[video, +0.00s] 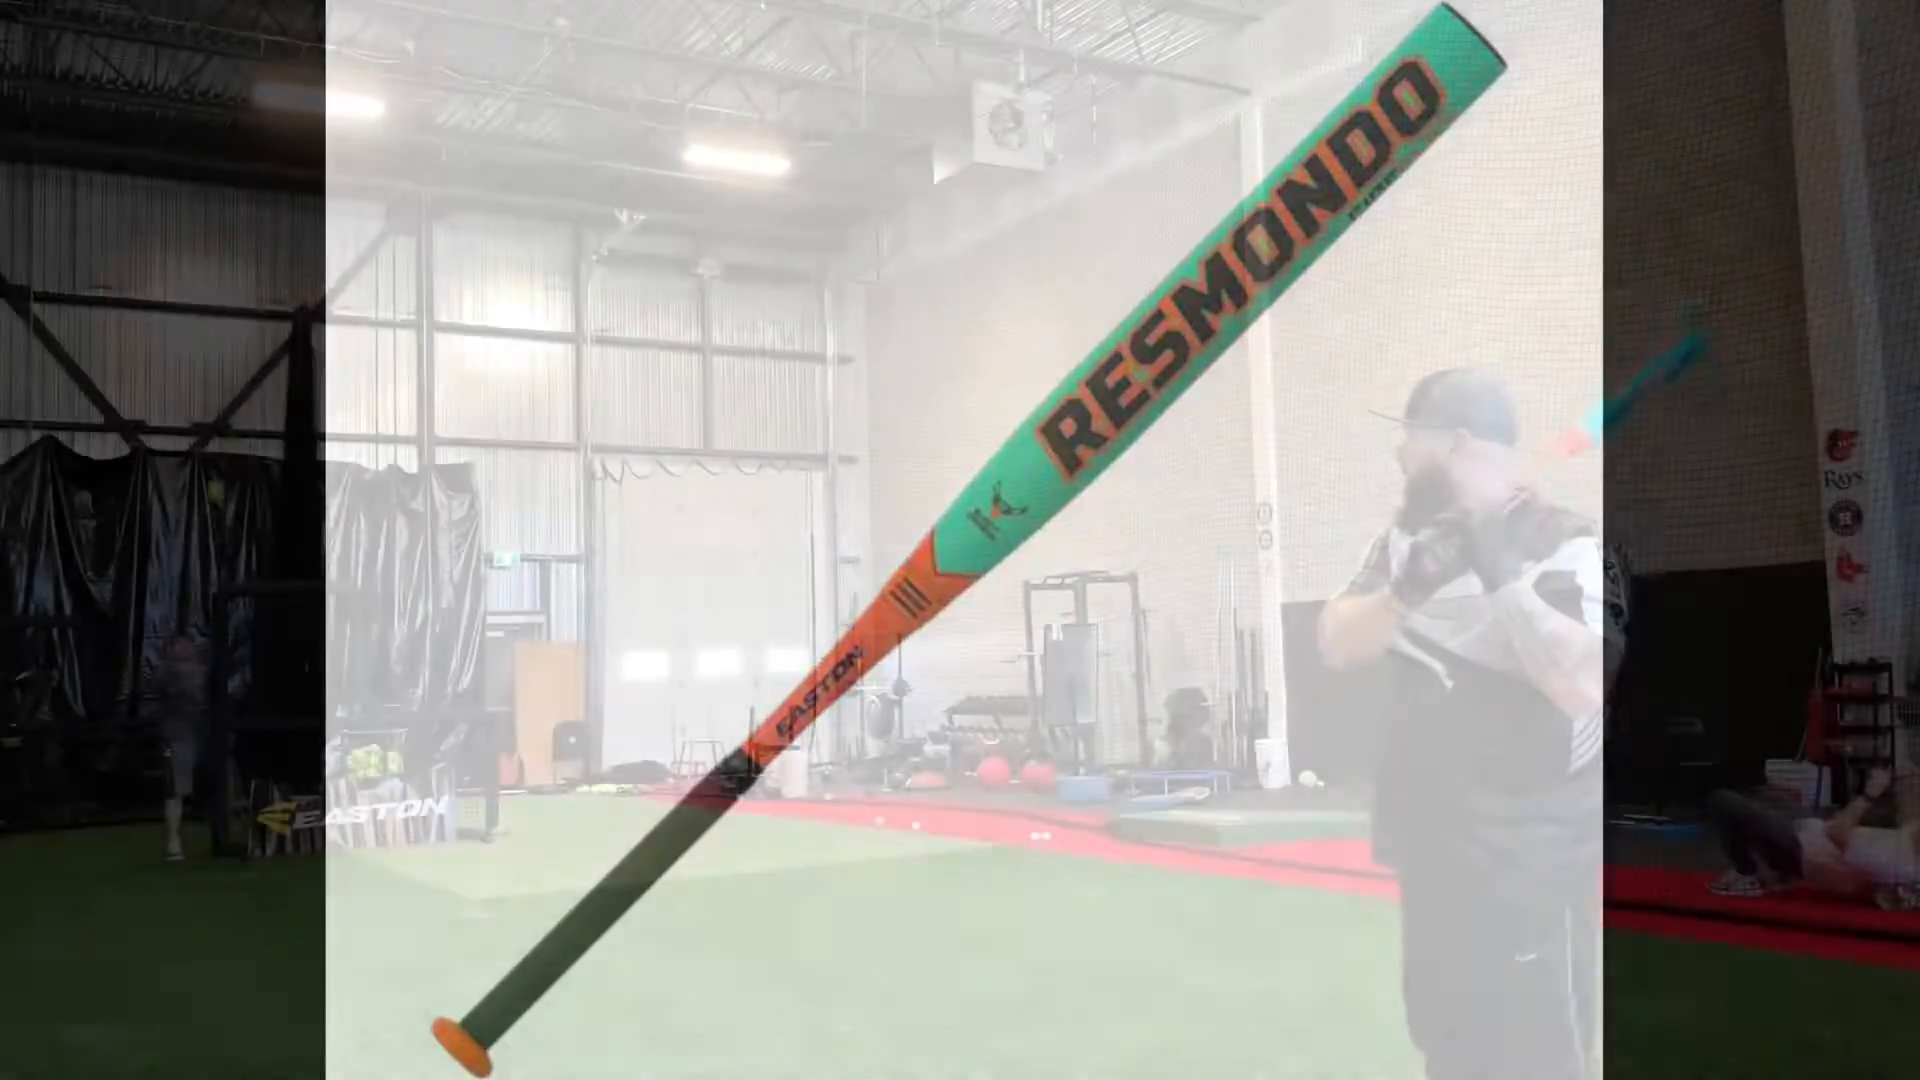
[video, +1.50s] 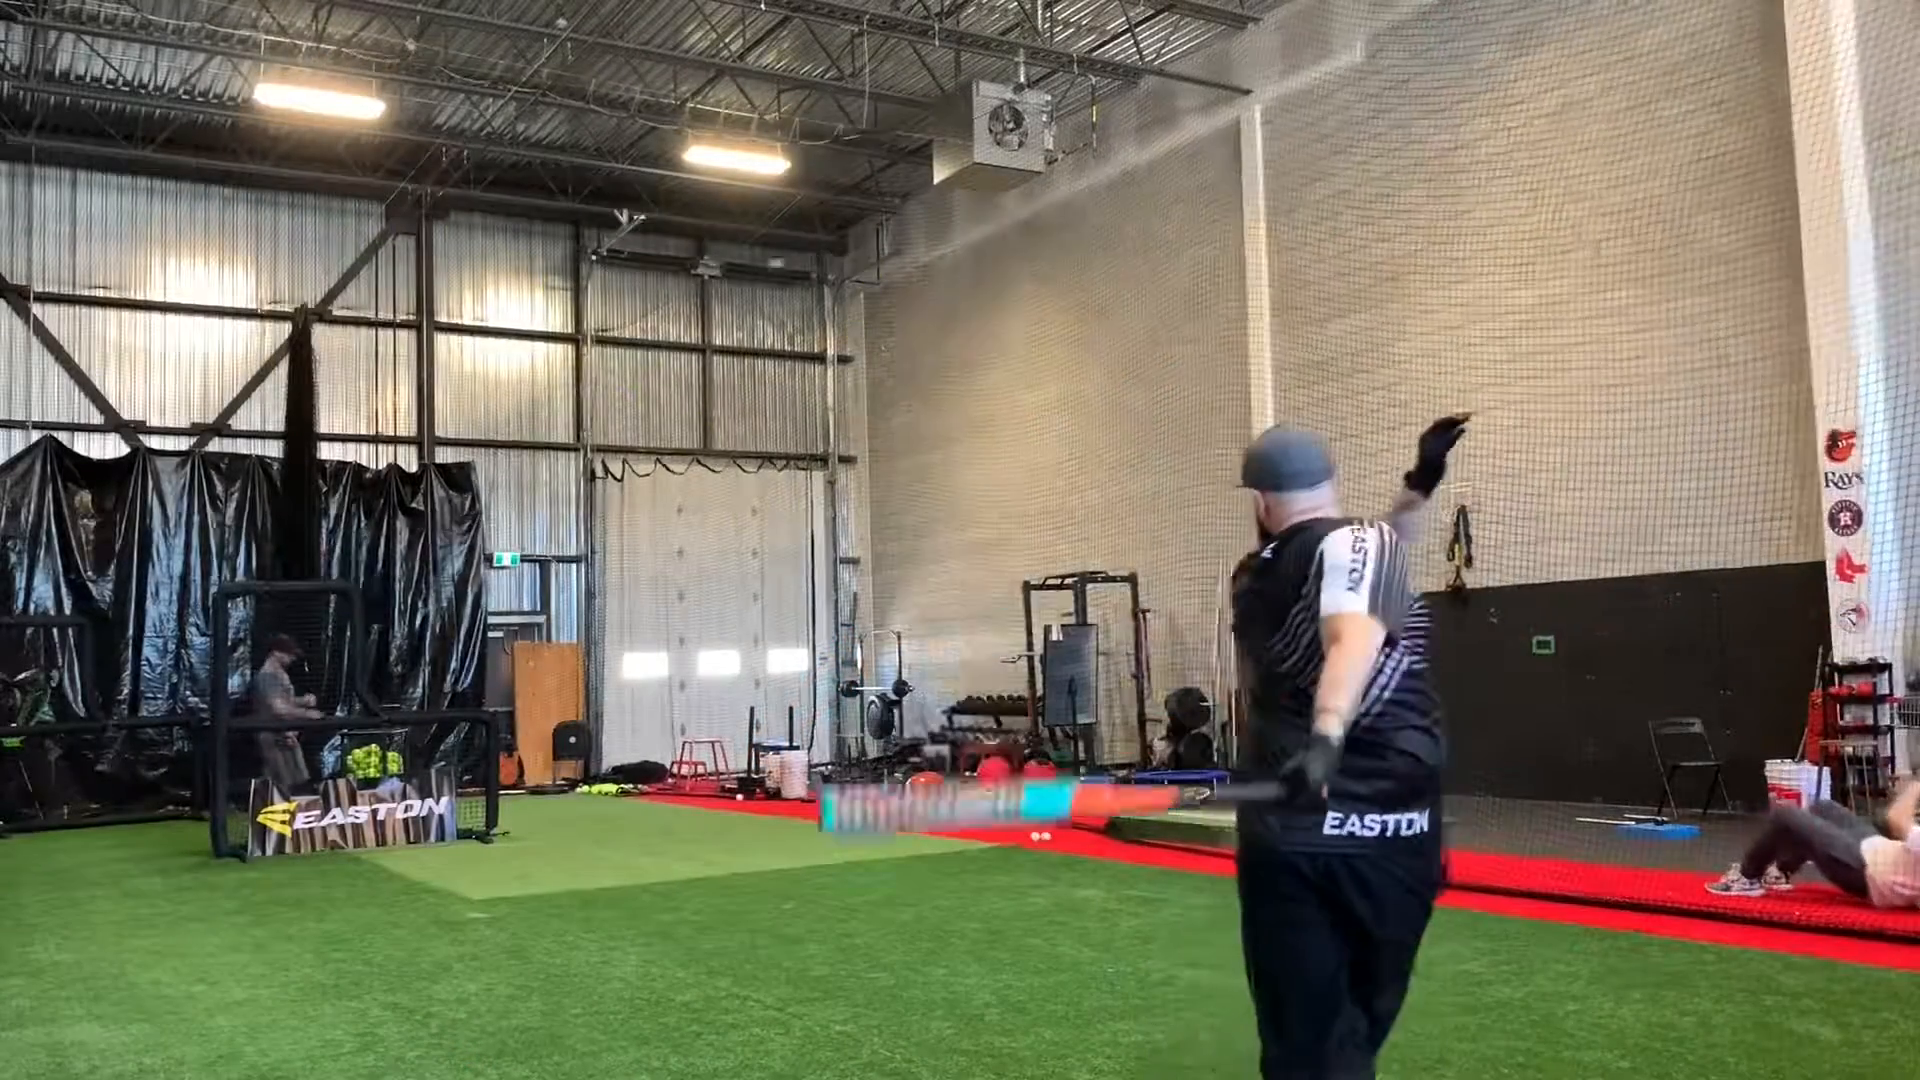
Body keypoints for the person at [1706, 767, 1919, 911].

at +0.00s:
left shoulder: (1904, 861)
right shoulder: (1908, 838)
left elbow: (1835, 833)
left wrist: (1868, 796)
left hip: (1803, 852)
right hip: (1815, 830)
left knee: (1723, 802)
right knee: (1759, 800)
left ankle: (1744, 874)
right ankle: (1776, 873)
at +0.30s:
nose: (1913, 827)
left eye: (1917, 827)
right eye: (1915, 823)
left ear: (1918, 838)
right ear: (1914, 831)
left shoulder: (1893, 865)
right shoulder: (1905, 845)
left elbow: (1827, 836)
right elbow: (1899, 824)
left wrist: (1858, 796)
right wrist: (1906, 794)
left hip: (1791, 849)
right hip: (1808, 827)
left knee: (1716, 801)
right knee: (1756, 793)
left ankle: (1745, 877)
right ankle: (1773, 872)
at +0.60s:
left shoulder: (1904, 863)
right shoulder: (1911, 841)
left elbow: (1838, 831)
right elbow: (1909, 826)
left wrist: (1868, 794)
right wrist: (1910, 790)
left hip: (1806, 851)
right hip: (1822, 827)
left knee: (1725, 800)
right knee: (1765, 793)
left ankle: (1745, 875)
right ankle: (1777, 870)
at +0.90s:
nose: (1916, 793)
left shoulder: (1909, 859)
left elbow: (1854, 824)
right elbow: (1909, 821)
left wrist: (1885, 784)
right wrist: (1912, 779)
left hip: (1827, 860)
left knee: (1744, 800)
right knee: (1788, 796)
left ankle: (1745, 876)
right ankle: (1775, 872)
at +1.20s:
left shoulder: (1912, 852)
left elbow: (1876, 820)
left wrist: (1903, 783)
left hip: (1846, 870)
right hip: (1863, 845)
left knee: (1767, 807)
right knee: (1807, 800)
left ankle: (1746, 877)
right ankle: (1778, 869)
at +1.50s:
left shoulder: (1919, 843)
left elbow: (1897, 819)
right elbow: (1901, 820)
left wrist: (1912, 788)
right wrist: (1912, 790)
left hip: (1868, 871)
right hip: (1882, 851)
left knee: (1785, 816)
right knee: (1824, 807)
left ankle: (1747, 875)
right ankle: (1781, 871)